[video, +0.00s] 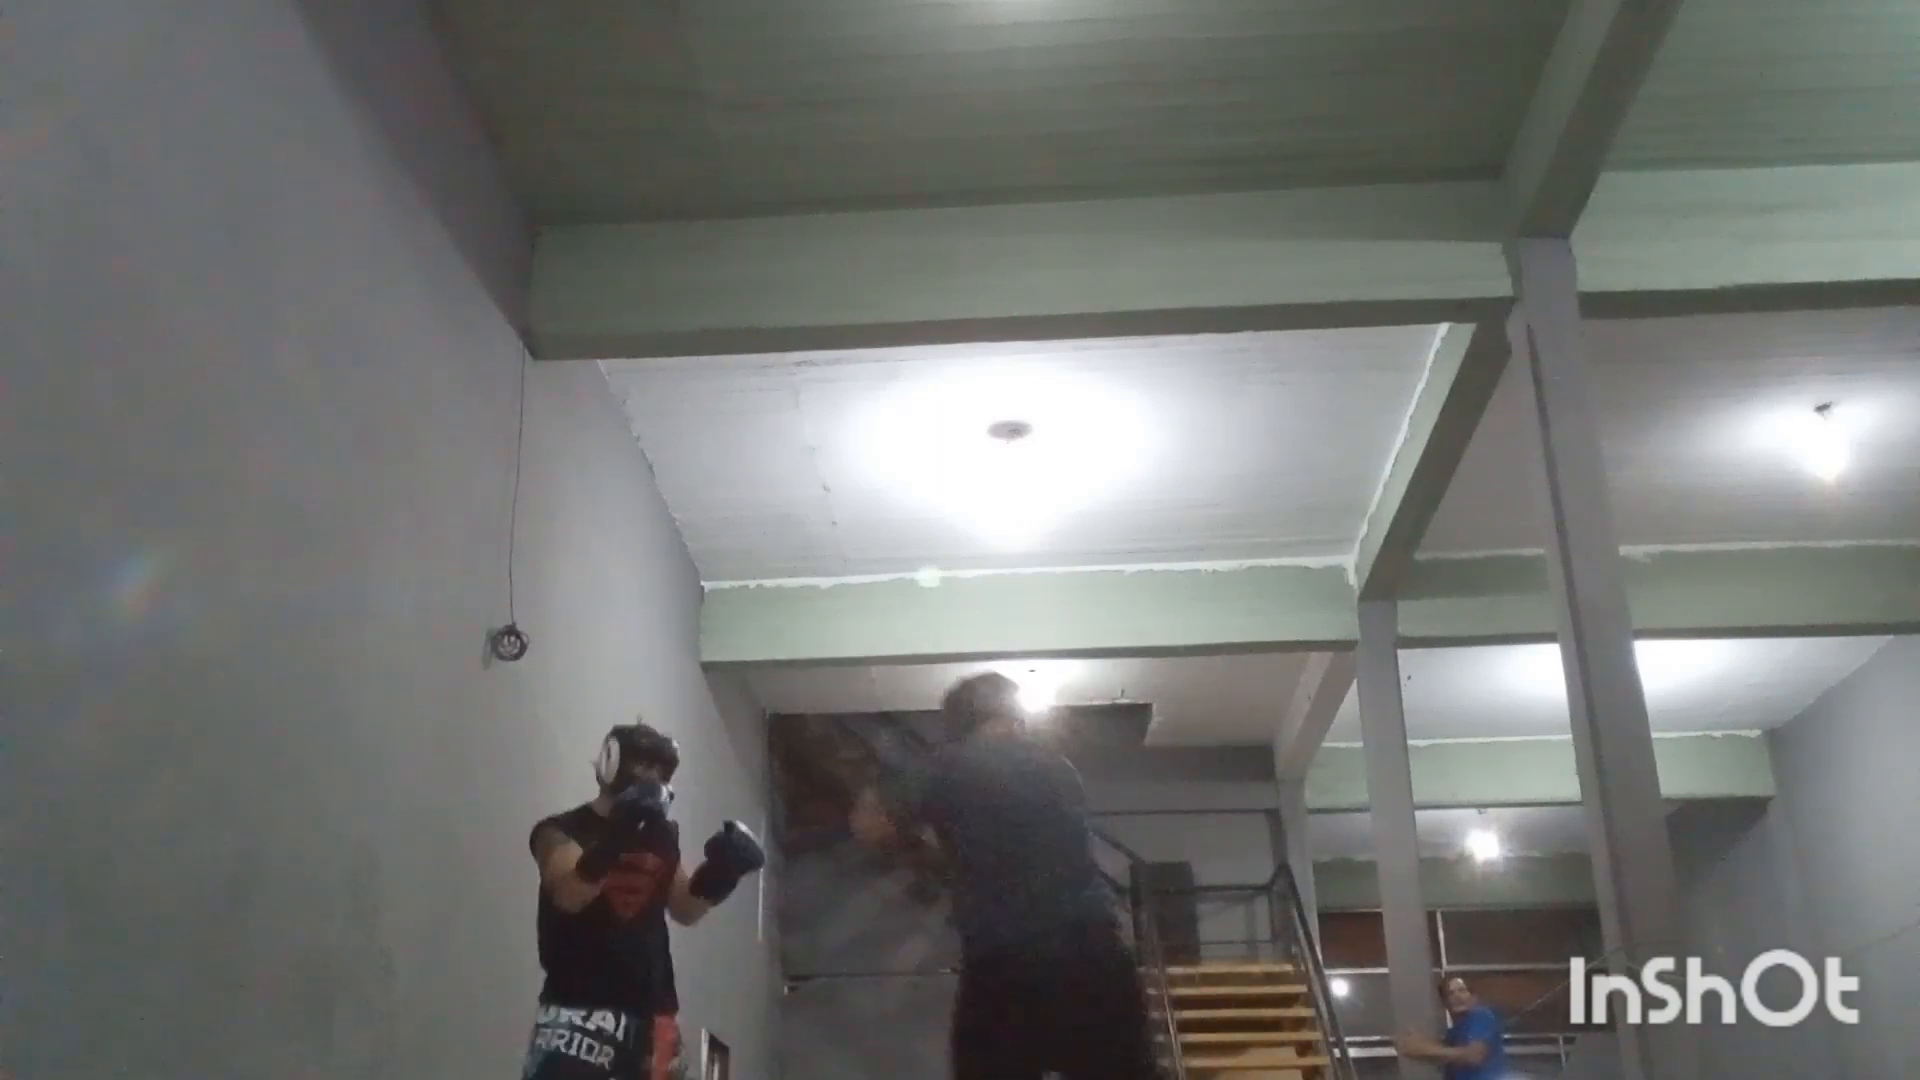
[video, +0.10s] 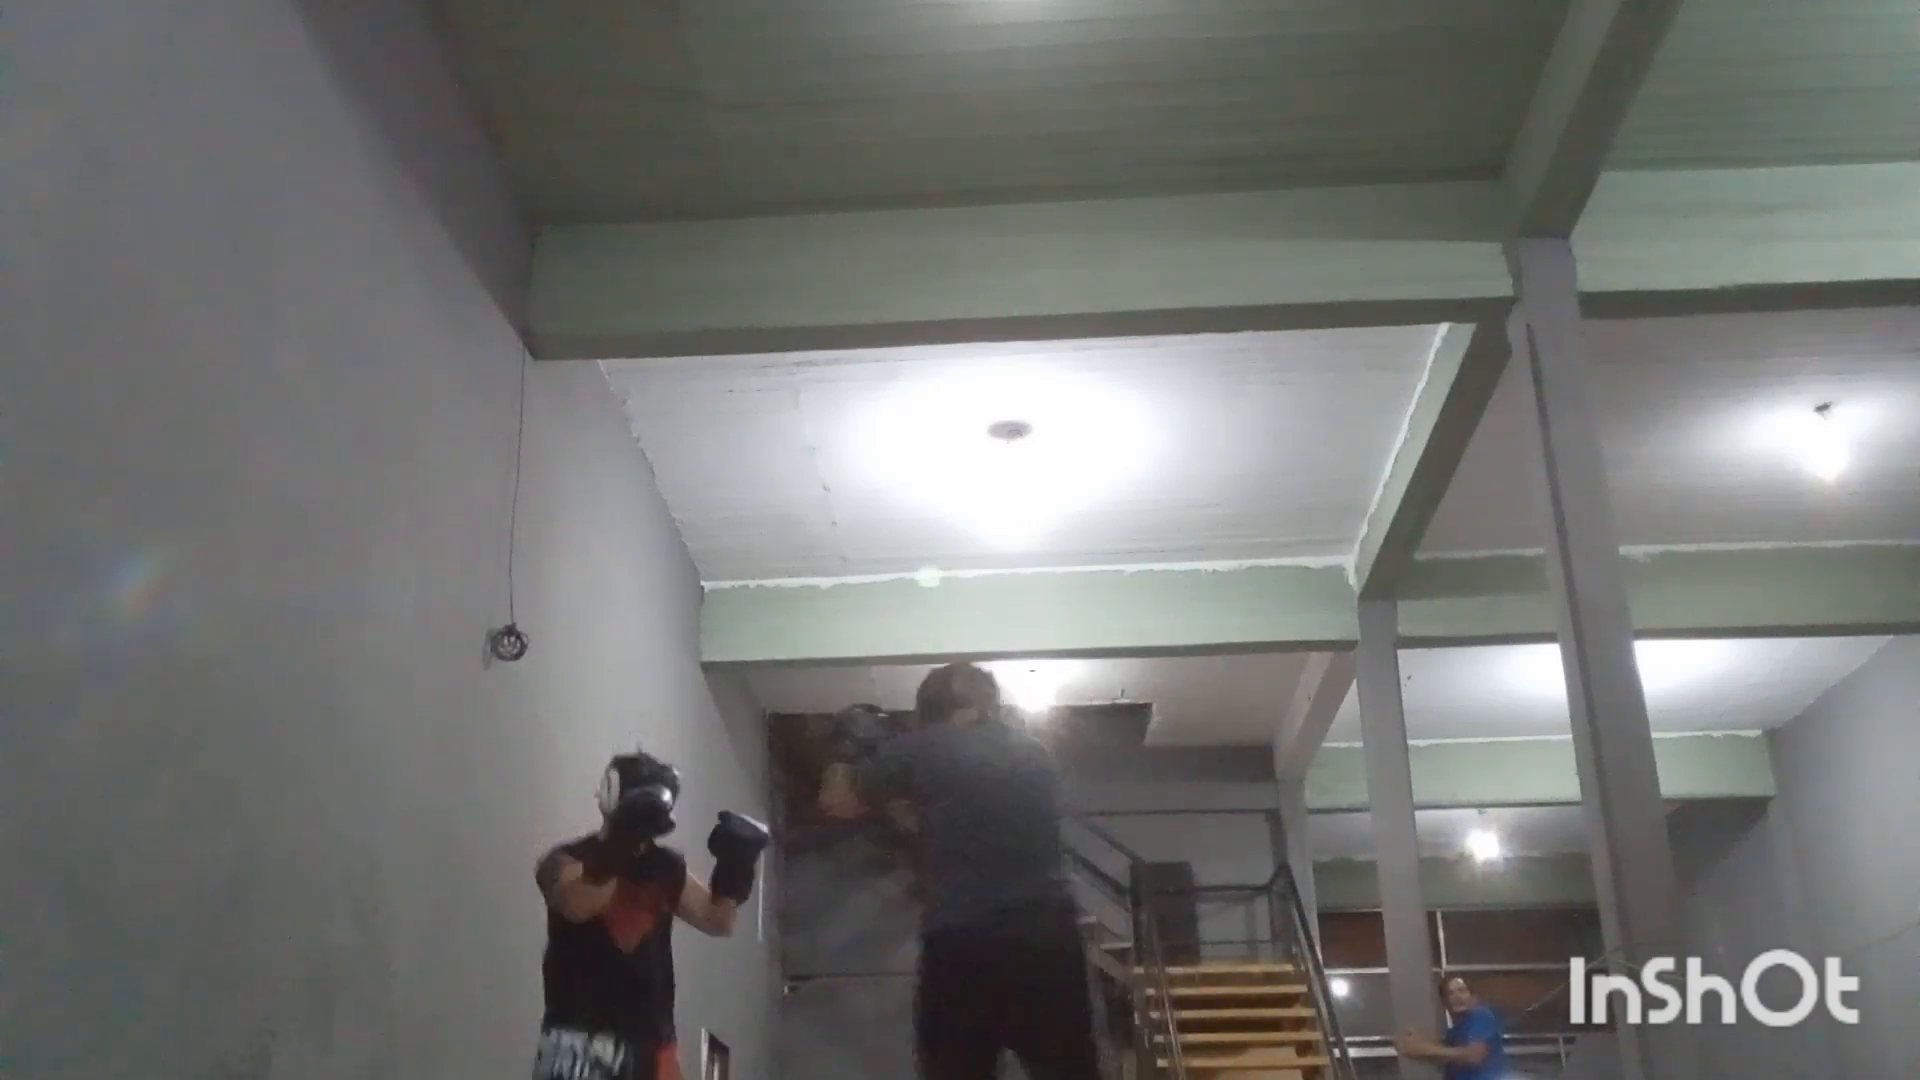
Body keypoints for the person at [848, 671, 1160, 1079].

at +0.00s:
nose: (1021, 720)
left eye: (1018, 712)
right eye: (1017, 711)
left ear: (956, 723)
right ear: (1013, 715)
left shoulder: (950, 767)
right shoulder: (1058, 765)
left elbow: (874, 822)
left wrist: (934, 863)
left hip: (1004, 969)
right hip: (1094, 960)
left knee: (992, 1072)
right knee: (1119, 1070)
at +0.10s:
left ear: (933, 708)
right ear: (994, 704)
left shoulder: (923, 748)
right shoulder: (1036, 753)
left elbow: (840, 798)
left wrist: (851, 743)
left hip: (963, 946)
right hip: (1049, 937)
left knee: (955, 1070)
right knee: (1070, 1068)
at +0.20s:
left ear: (908, 729)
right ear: (975, 723)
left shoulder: (896, 769)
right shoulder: (1011, 766)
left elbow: (809, 813)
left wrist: (819, 764)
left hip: (922, 959)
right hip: (1007, 954)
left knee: (903, 1070)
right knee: (1024, 1070)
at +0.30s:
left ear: (902, 753)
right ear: (952, 754)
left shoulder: (871, 797)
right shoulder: (978, 803)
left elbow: (787, 839)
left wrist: (806, 788)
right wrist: (958, 780)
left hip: (882, 983)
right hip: (964, 983)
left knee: (863, 1070)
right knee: (981, 1070)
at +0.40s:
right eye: (916, 771)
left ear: (853, 773)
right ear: (914, 773)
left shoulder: (831, 820)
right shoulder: (952, 823)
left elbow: (763, 873)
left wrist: (781, 812)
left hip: (854, 1016)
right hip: (945, 1014)